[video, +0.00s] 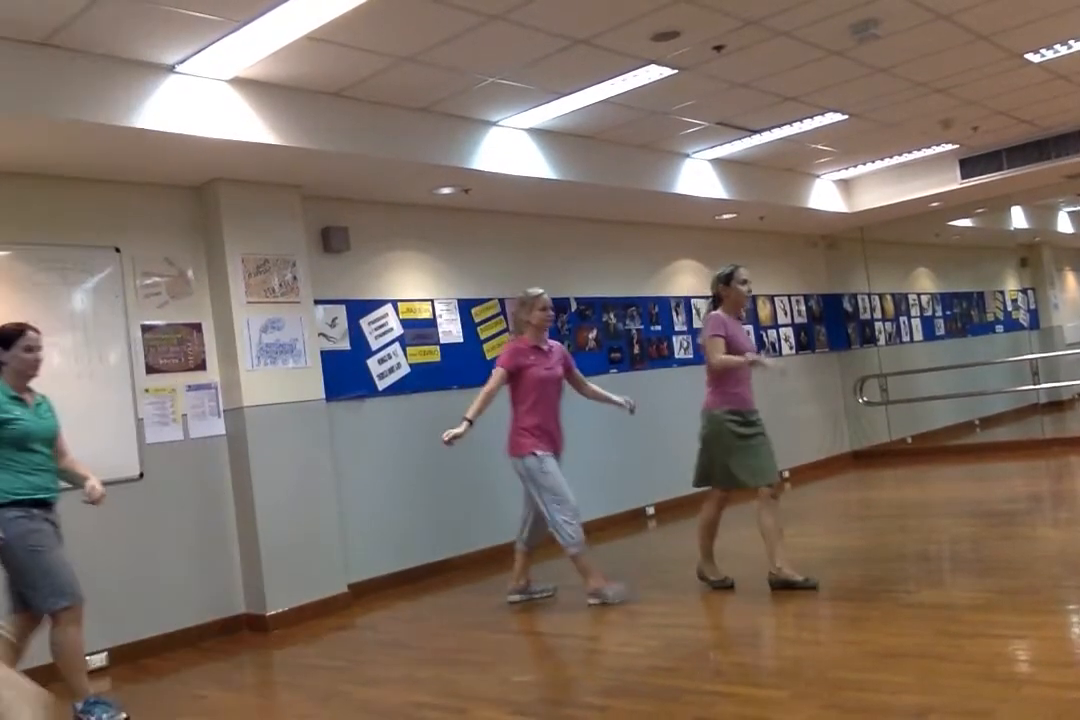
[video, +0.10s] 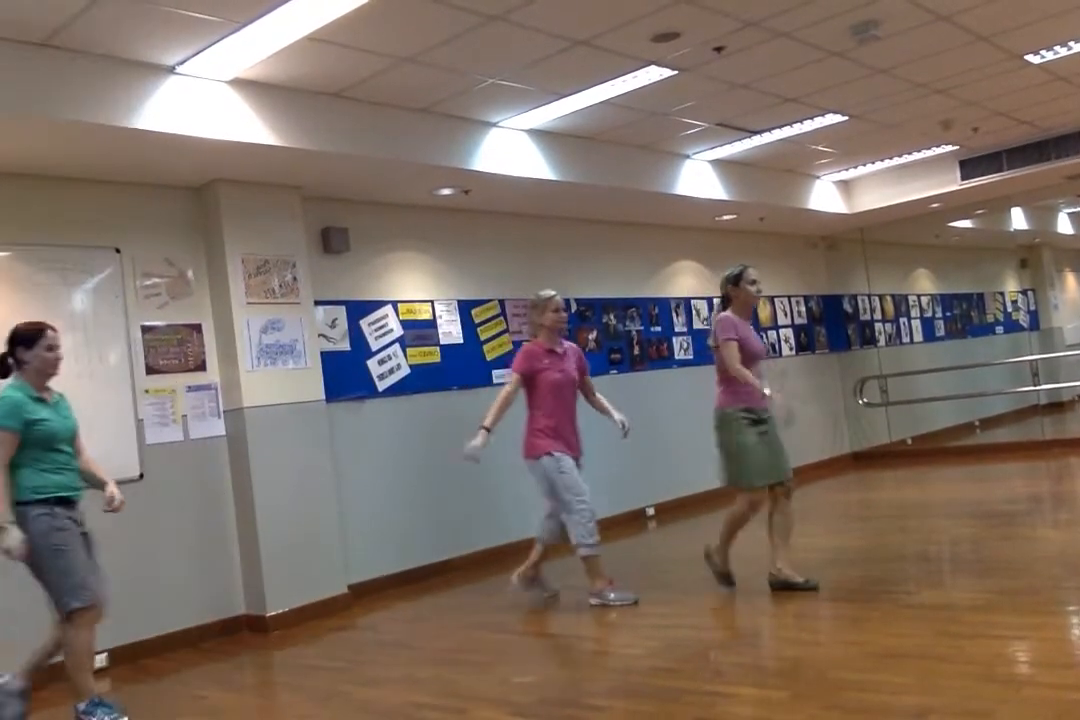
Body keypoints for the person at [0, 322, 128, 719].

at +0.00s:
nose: (37, 357)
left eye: (39, 350)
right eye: (28, 350)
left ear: (40, 355)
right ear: (5, 355)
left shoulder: (42, 403)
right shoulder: (1, 398)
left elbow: (60, 458)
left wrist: (87, 476)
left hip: (44, 511)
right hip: (13, 513)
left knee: (27, 613)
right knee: (67, 604)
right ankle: (85, 702)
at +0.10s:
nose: (57, 356)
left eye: (58, 349)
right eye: (49, 349)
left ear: (56, 353)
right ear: (23, 354)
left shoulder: (57, 399)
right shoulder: (12, 400)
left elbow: (79, 456)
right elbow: (2, 466)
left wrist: (107, 482)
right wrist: (6, 523)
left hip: (68, 509)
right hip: (37, 513)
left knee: (89, 606)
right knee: (80, 606)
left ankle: (18, 683)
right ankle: (88, 703)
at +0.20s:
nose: (78, 350)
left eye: (78, 343)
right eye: (69, 344)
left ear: (73, 348)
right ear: (43, 350)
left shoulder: (74, 391)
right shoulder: (32, 397)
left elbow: (87, 449)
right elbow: (22, 462)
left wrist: (120, 481)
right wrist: (47, 518)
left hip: (89, 505)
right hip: (56, 511)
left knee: (129, 590)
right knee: (88, 608)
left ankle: (77, 673)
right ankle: (87, 704)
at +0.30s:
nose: (92, 346)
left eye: (92, 339)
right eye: (84, 340)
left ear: (86, 344)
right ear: (57, 344)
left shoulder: (88, 388)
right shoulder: (43, 390)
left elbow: (99, 447)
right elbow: (35, 456)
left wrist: (132, 480)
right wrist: (74, 503)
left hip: (103, 497)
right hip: (63, 506)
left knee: (144, 582)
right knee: (88, 606)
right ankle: (87, 702)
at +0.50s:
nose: (125, 348)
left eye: (126, 341)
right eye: (118, 342)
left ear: (119, 345)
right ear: (91, 346)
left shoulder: (132, 392)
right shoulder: (71, 393)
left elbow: (151, 446)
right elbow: (66, 457)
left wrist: (176, 486)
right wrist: (125, 464)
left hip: (143, 502)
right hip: (96, 508)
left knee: (174, 585)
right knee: (113, 600)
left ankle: (189, 676)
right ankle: (93, 699)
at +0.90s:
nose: (120, 353)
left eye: (125, 347)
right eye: (112, 347)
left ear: (130, 349)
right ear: (91, 349)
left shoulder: (136, 389)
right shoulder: (76, 395)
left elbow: (151, 439)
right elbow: (72, 456)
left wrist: (186, 457)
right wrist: (107, 494)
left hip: (144, 495)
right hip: (98, 504)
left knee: (170, 578)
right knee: (121, 593)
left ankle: (165, 662)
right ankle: (126, 682)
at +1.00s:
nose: (115, 352)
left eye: (120, 345)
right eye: (106, 345)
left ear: (127, 348)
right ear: (89, 347)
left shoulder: (137, 388)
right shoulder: (72, 395)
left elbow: (152, 435)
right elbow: (60, 456)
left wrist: (183, 454)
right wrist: (81, 501)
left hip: (144, 497)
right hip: (100, 505)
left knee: (156, 582)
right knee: (116, 596)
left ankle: (126, 645)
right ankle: (122, 682)